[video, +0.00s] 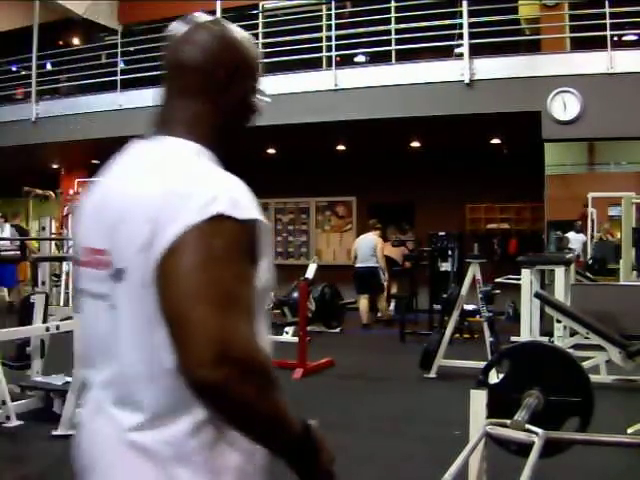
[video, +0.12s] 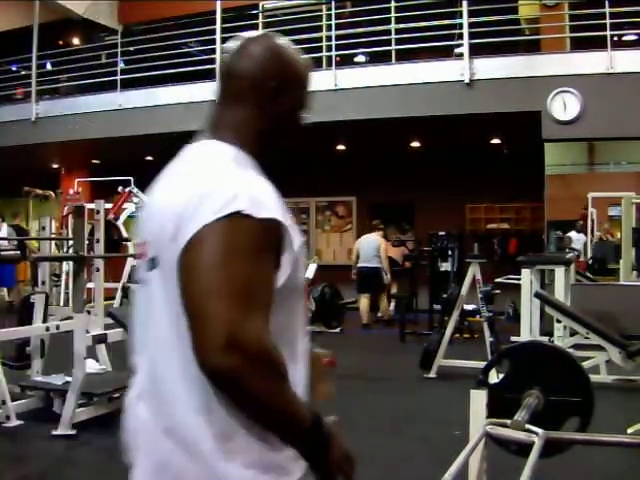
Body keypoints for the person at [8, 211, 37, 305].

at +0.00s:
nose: (20, 219)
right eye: (20, 217)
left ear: (10, 217)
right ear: (19, 217)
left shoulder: (5, 229)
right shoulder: (23, 230)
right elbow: (28, 244)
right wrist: (35, 251)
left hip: (9, 259)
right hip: (20, 258)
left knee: (12, 281)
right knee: (22, 280)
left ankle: (12, 300)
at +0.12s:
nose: (20, 219)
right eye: (20, 217)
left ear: (12, 217)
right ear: (20, 217)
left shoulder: (7, 229)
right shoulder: (23, 230)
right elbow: (28, 243)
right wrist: (36, 250)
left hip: (10, 258)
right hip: (21, 258)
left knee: (12, 280)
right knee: (22, 280)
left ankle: (12, 299)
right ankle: (21, 299)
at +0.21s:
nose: (21, 220)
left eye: (20, 218)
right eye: (21, 218)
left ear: (12, 217)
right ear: (20, 218)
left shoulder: (7, 229)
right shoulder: (23, 230)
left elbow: (6, 242)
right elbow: (28, 243)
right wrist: (35, 250)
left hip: (10, 258)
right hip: (21, 258)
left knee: (11, 281)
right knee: (21, 281)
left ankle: (11, 299)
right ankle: (20, 300)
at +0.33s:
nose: (22, 219)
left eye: (21, 217)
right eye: (21, 217)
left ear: (13, 217)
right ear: (20, 217)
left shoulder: (8, 229)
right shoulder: (24, 230)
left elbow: (6, 243)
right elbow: (28, 243)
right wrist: (35, 251)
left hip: (10, 258)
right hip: (21, 258)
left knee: (11, 282)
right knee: (20, 282)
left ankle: (11, 301)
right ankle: (20, 302)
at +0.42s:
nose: (22, 220)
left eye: (21, 217)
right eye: (22, 217)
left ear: (13, 217)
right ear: (20, 217)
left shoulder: (7, 229)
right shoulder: (24, 230)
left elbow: (5, 243)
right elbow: (28, 243)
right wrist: (35, 250)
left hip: (10, 257)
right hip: (21, 257)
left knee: (11, 281)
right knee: (20, 281)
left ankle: (11, 301)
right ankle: (20, 302)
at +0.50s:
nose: (22, 220)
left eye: (21, 218)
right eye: (22, 218)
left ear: (13, 217)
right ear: (21, 218)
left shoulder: (8, 229)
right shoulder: (24, 230)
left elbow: (6, 243)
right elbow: (28, 243)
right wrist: (35, 251)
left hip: (10, 258)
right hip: (21, 258)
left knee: (11, 282)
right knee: (20, 282)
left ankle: (11, 302)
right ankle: (18, 303)